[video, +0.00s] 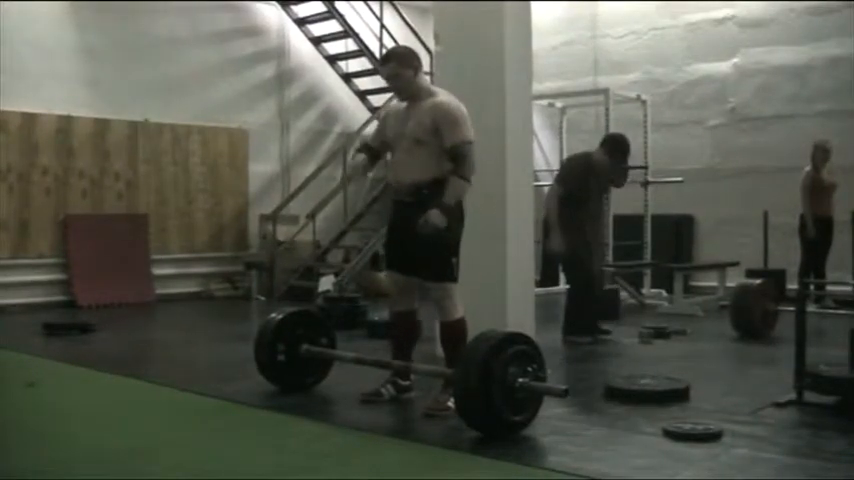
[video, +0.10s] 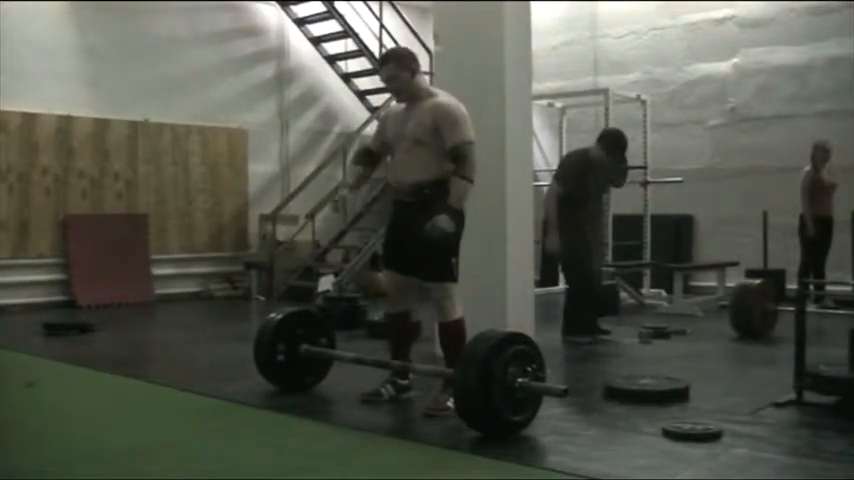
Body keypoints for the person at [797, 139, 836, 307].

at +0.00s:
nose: (824, 159)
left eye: (826, 155)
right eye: (821, 155)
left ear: (828, 157)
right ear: (814, 155)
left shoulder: (823, 175)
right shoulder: (809, 175)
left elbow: (824, 200)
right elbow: (806, 202)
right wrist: (809, 224)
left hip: (825, 220)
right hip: (811, 220)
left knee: (820, 259)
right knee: (808, 259)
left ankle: (820, 293)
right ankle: (803, 293)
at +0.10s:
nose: (824, 159)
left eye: (826, 155)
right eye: (821, 155)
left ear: (828, 157)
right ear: (814, 155)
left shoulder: (824, 175)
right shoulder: (809, 175)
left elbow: (824, 199)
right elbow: (805, 201)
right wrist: (809, 224)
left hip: (824, 220)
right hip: (811, 220)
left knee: (820, 259)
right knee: (808, 258)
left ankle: (820, 294)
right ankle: (802, 293)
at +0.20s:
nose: (823, 159)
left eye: (825, 156)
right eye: (820, 155)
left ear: (827, 158)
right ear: (813, 156)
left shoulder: (823, 175)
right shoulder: (809, 175)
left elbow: (824, 200)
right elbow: (805, 201)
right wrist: (808, 224)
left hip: (824, 220)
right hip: (811, 220)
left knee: (819, 260)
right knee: (807, 259)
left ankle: (819, 294)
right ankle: (802, 293)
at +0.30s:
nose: (824, 159)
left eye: (826, 155)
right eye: (821, 155)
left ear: (827, 157)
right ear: (813, 155)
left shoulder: (822, 175)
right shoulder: (809, 174)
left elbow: (824, 200)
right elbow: (805, 201)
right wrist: (809, 224)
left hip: (824, 221)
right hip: (811, 220)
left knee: (819, 259)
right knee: (808, 258)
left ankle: (820, 294)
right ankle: (802, 293)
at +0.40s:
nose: (824, 159)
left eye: (826, 156)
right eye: (821, 155)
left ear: (828, 157)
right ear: (814, 155)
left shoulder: (823, 175)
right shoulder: (809, 174)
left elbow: (824, 199)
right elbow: (805, 201)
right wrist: (809, 224)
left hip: (824, 221)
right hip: (811, 220)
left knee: (820, 259)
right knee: (808, 258)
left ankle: (820, 293)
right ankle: (803, 293)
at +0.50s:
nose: (824, 159)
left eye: (826, 156)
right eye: (821, 155)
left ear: (828, 158)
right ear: (814, 155)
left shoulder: (823, 175)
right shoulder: (809, 174)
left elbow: (824, 200)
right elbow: (805, 201)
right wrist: (809, 224)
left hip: (824, 221)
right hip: (811, 220)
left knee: (820, 259)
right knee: (808, 258)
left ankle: (820, 294)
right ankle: (803, 293)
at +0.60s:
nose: (824, 159)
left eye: (826, 156)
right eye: (821, 155)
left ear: (828, 157)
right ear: (814, 155)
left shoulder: (824, 175)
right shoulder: (809, 174)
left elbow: (825, 200)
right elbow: (805, 201)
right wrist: (809, 224)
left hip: (824, 221)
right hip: (811, 220)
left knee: (820, 259)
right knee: (808, 259)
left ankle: (820, 294)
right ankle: (803, 293)